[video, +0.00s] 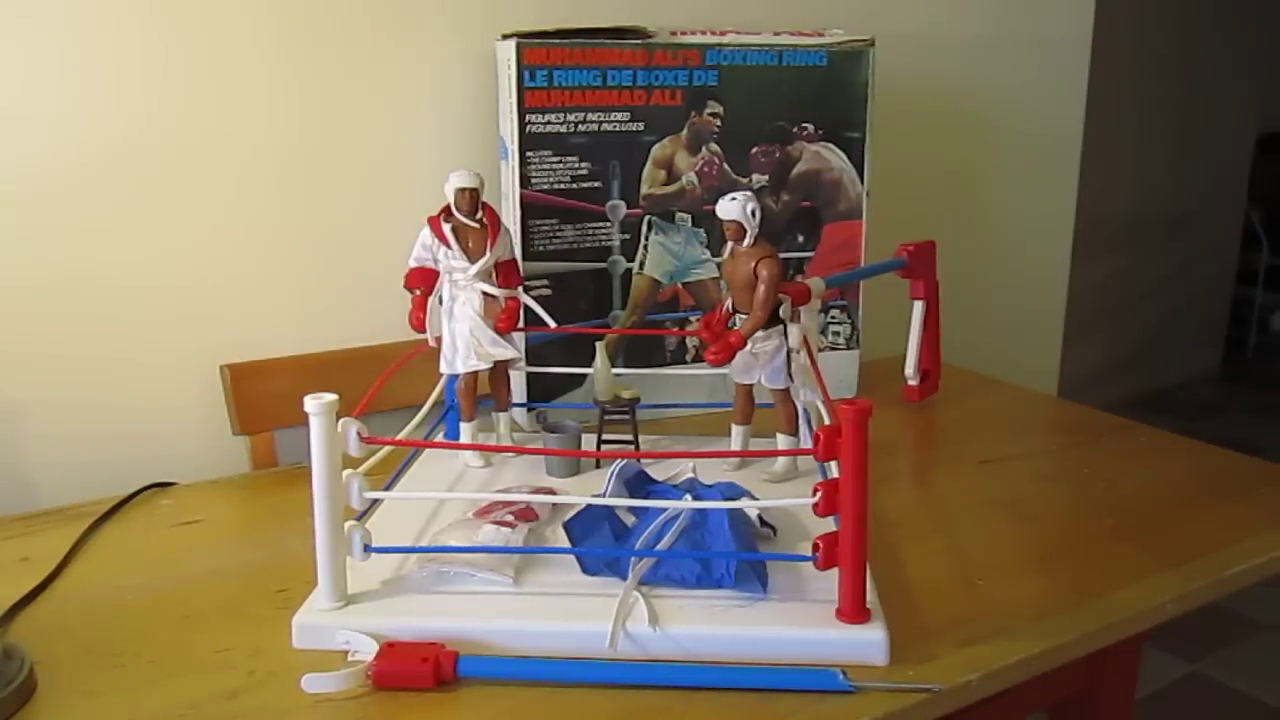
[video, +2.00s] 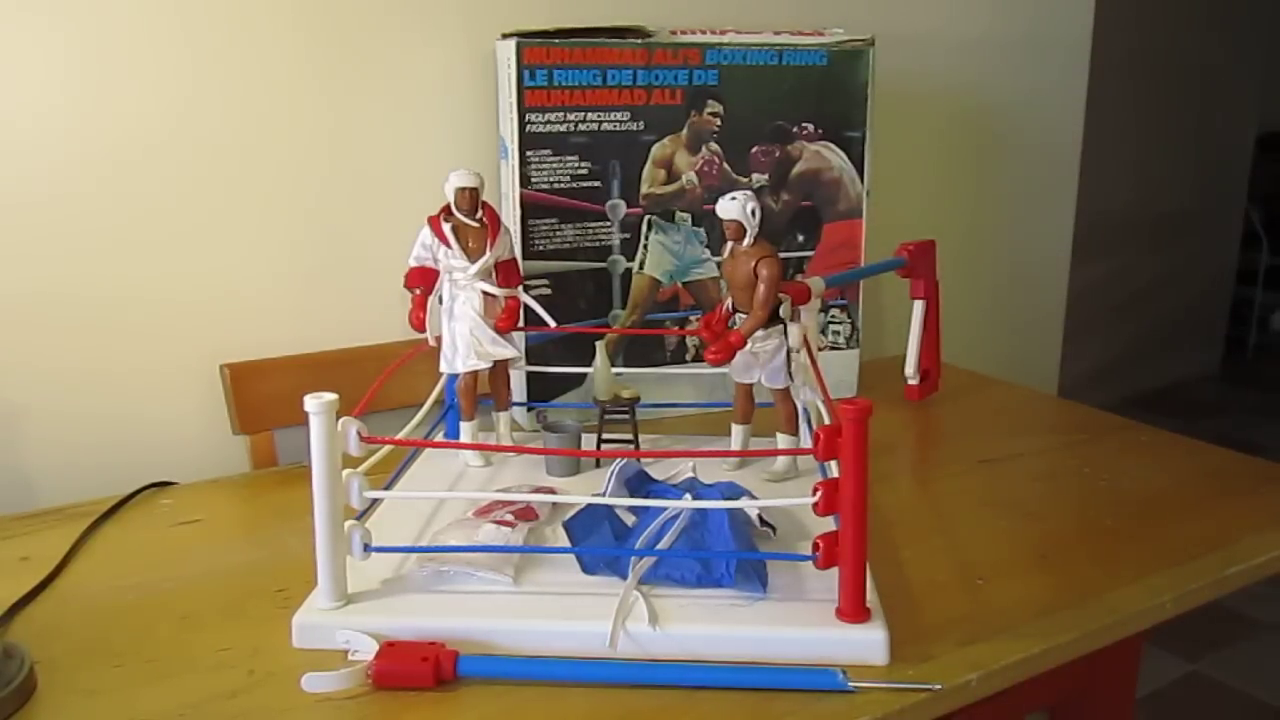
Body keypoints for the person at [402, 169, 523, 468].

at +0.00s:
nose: (468, 199)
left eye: (473, 192)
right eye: (462, 193)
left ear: (480, 195)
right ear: (451, 196)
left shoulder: (494, 227)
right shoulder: (435, 230)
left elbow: (507, 268)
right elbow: (421, 272)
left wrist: (510, 305)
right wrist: (420, 310)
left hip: (492, 303)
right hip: (458, 305)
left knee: (500, 366)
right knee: (468, 370)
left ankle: (505, 433)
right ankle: (468, 442)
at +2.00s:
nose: (467, 198)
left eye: (472, 191)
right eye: (461, 192)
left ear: (480, 194)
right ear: (451, 195)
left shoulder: (496, 228)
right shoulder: (436, 230)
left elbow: (508, 268)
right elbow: (421, 267)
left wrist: (512, 303)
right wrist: (419, 303)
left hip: (493, 303)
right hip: (459, 305)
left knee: (500, 365)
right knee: (469, 370)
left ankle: (504, 433)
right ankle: (469, 440)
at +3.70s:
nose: (467, 198)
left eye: (472, 191)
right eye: (461, 191)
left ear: (480, 194)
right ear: (450, 195)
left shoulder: (496, 227)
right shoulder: (436, 229)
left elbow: (508, 267)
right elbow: (422, 266)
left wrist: (512, 302)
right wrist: (419, 302)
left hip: (493, 302)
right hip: (458, 303)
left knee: (500, 364)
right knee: (469, 369)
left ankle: (505, 433)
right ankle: (469, 440)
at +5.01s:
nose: (467, 198)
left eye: (472, 191)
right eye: (461, 191)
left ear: (480, 194)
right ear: (451, 195)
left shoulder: (495, 227)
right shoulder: (435, 229)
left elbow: (509, 270)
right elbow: (421, 273)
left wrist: (511, 306)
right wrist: (422, 314)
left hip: (492, 303)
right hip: (457, 305)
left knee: (500, 364)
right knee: (468, 370)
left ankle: (505, 432)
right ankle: (469, 440)